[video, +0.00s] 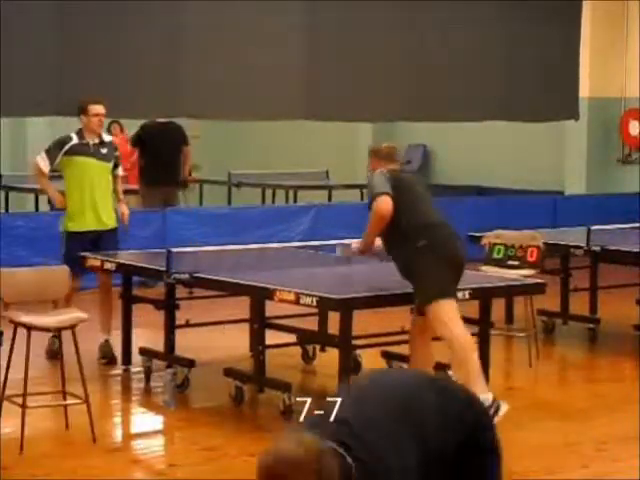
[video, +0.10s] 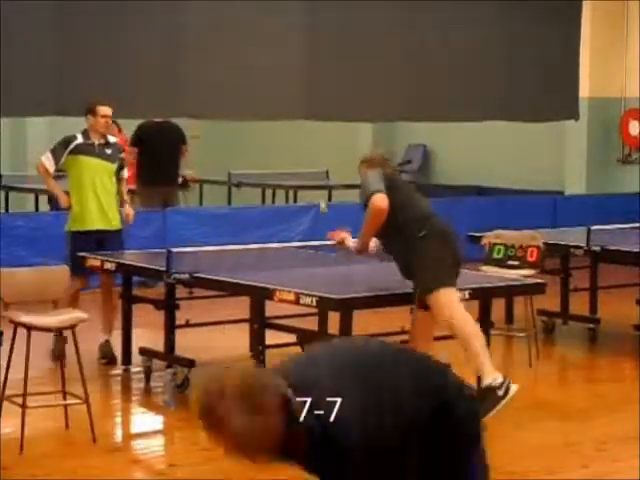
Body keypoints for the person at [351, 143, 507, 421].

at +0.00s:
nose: (369, 170)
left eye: (370, 166)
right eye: (371, 166)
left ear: (374, 164)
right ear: (396, 163)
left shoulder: (380, 176)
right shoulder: (410, 180)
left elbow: (383, 206)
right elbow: (416, 218)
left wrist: (367, 242)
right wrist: (387, 242)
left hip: (428, 254)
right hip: (449, 251)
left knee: (451, 327)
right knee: (420, 331)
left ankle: (482, 398)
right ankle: (418, 397)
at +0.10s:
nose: (361, 178)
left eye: (363, 173)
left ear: (367, 169)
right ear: (386, 168)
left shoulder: (373, 173)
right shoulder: (399, 186)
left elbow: (379, 204)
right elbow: (392, 241)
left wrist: (363, 244)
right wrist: (352, 243)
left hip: (429, 244)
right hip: (424, 254)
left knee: (449, 313)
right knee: (420, 332)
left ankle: (491, 378)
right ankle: (411, 391)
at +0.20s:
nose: (358, 182)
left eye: (359, 178)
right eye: (359, 178)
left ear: (363, 173)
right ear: (382, 172)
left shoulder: (369, 178)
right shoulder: (397, 189)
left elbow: (377, 204)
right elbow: (381, 251)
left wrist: (358, 245)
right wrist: (352, 248)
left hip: (426, 242)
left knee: (451, 306)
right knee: (421, 331)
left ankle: (497, 370)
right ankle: (417, 392)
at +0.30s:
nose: (356, 187)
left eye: (356, 183)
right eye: (357, 184)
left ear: (362, 177)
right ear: (380, 176)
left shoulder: (367, 181)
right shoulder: (398, 203)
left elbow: (373, 204)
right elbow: (382, 271)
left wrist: (361, 243)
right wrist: (352, 268)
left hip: (424, 238)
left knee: (449, 301)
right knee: (421, 336)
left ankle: (501, 361)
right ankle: (413, 415)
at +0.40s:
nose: (355, 188)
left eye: (355, 184)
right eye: (357, 186)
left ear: (361, 178)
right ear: (379, 178)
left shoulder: (366, 182)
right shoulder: (398, 204)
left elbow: (372, 203)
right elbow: (385, 274)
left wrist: (361, 241)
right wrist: (353, 272)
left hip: (424, 237)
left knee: (448, 301)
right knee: (421, 336)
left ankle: (501, 361)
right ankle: (411, 415)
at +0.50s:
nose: (357, 194)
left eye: (356, 188)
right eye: (357, 189)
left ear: (362, 180)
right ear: (383, 177)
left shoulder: (368, 180)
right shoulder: (401, 209)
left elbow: (372, 202)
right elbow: (385, 273)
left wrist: (361, 244)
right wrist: (352, 271)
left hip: (424, 239)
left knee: (449, 304)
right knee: (420, 338)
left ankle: (497, 367)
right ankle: (411, 415)